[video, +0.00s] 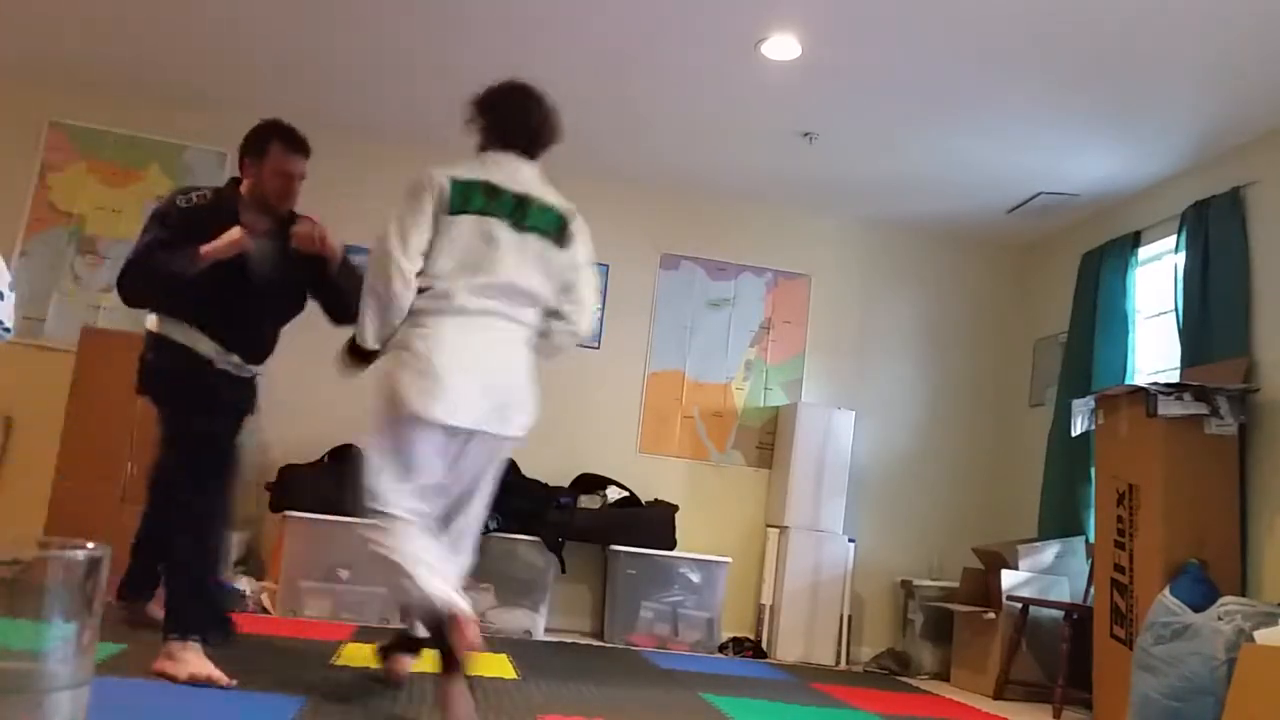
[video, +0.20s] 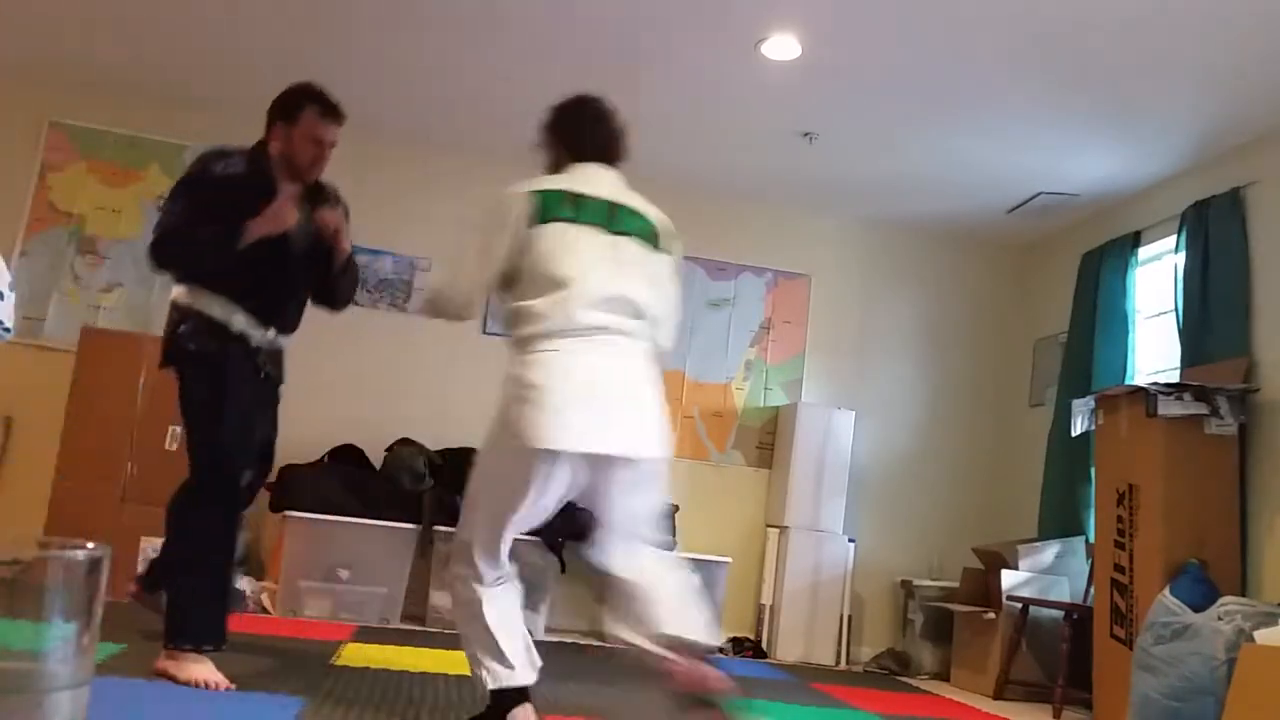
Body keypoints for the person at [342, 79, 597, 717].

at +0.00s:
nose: (478, 132)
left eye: (482, 123)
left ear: (483, 128)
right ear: (546, 140)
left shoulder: (440, 185)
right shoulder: (567, 219)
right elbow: (575, 322)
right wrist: (521, 340)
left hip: (435, 364)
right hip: (510, 381)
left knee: (393, 506)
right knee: (458, 523)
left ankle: (451, 609)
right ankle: (402, 651)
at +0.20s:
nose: (547, 152)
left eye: (550, 143)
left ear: (553, 145)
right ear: (618, 149)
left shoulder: (526, 198)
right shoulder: (656, 224)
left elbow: (460, 296)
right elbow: (665, 331)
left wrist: (421, 290)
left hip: (549, 406)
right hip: (637, 410)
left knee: (483, 552)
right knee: (630, 547)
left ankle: (511, 693)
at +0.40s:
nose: (639, 168)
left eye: (642, 158)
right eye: (640, 159)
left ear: (655, 161)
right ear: (718, 164)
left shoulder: (630, 216)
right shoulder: (768, 239)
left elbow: (588, 328)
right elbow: (771, 349)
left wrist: (547, 323)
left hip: (655, 416)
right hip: (746, 424)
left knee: (562, 548)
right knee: (803, 615)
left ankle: (573, 698)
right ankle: (850, 716)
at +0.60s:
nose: (684, 141)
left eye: (687, 130)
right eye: (685, 131)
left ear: (706, 127)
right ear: (766, 135)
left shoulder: (668, 181)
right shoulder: (815, 210)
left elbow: (610, 297)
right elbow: (815, 331)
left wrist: (577, 321)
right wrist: (751, 336)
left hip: (675, 386)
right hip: (770, 398)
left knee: (577, 537)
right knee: (805, 587)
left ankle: (567, 694)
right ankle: (847, 716)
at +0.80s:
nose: (671, 142)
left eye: (673, 131)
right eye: (672, 132)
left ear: (691, 129)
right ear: (752, 138)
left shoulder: (652, 183)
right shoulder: (797, 217)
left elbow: (592, 301)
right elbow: (787, 340)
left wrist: (565, 324)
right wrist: (723, 344)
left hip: (651, 396)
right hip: (745, 407)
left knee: (563, 555)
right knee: (788, 588)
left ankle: (521, 703)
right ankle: (842, 716)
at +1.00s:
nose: (628, 134)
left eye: (630, 124)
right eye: (629, 126)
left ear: (642, 123)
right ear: (704, 127)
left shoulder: (611, 171)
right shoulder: (751, 198)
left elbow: (557, 286)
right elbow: (751, 315)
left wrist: (529, 307)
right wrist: (714, 369)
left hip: (616, 369)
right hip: (709, 381)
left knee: (546, 539)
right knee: (742, 559)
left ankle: (516, 697)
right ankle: (801, 708)